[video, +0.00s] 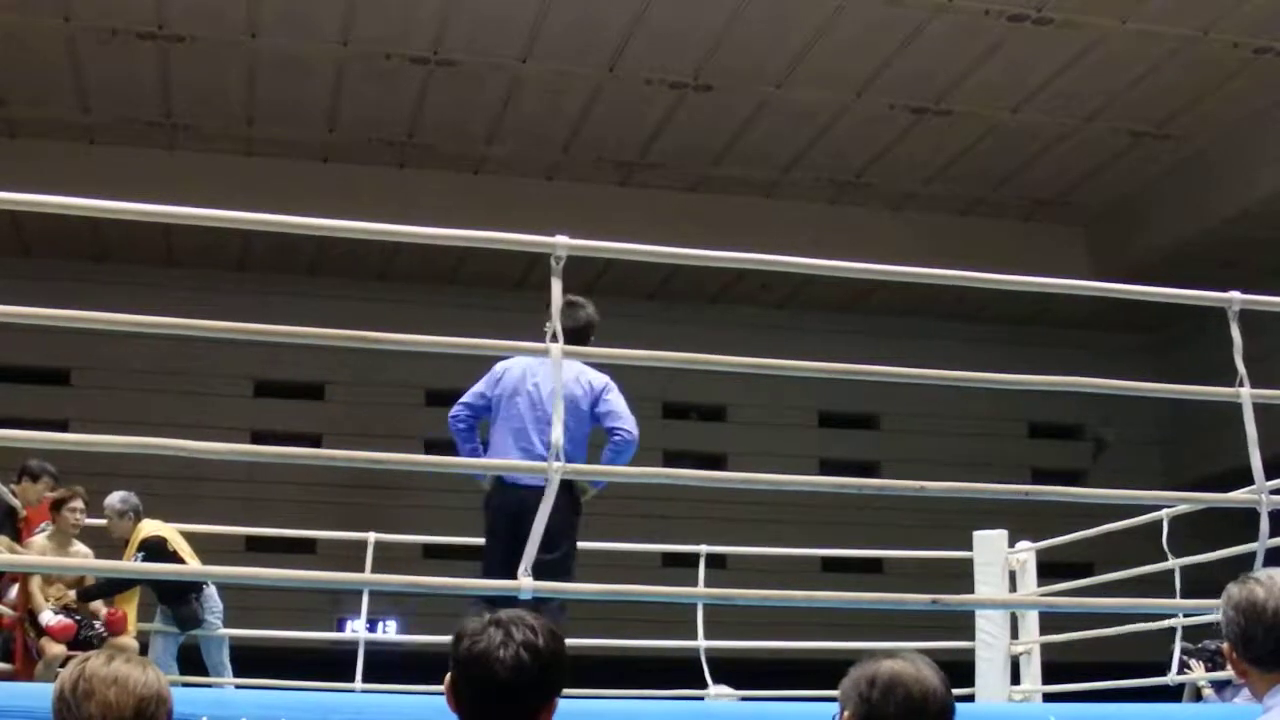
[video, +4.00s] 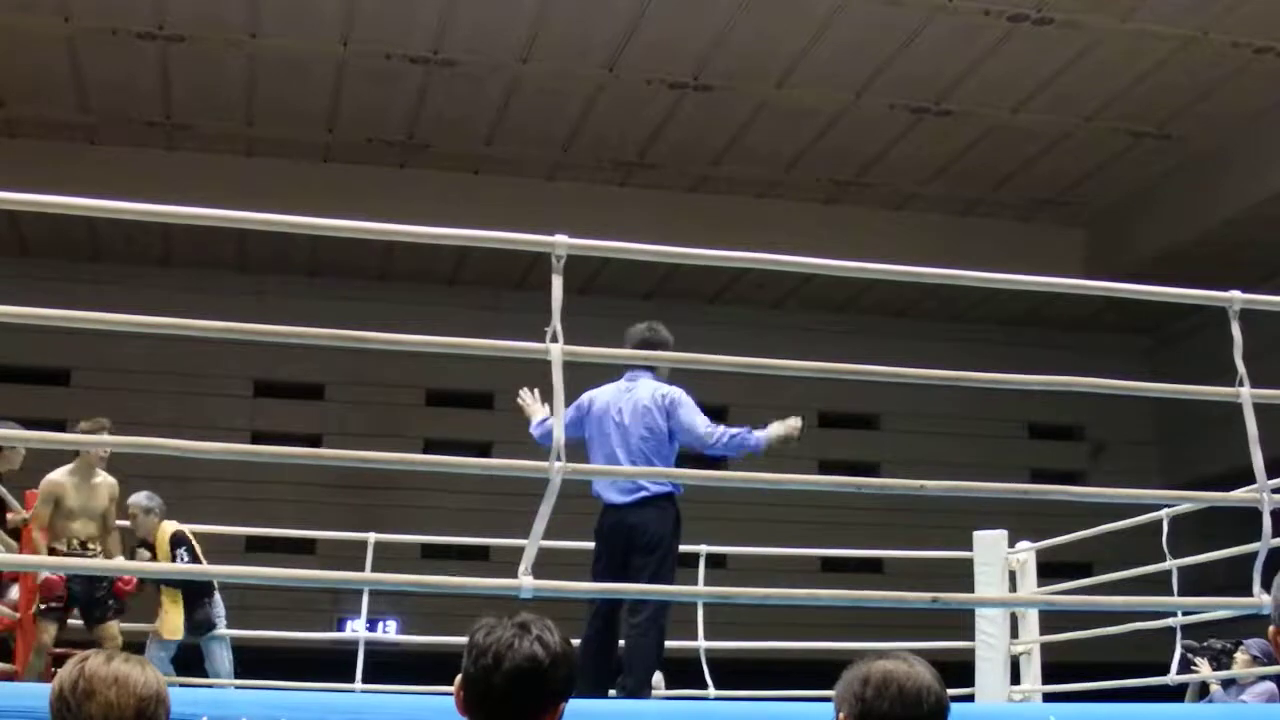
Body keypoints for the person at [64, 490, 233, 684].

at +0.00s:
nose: (107, 525)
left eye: (110, 519)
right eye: (107, 519)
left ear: (129, 517)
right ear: (126, 517)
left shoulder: (153, 539)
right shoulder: (136, 537)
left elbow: (126, 580)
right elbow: (122, 579)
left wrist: (80, 595)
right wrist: (85, 593)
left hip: (201, 600)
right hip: (171, 603)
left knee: (218, 665)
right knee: (160, 660)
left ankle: (230, 711)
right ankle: (173, 711)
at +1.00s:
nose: (107, 525)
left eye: (111, 520)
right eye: (107, 520)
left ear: (130, 520)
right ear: (129, 520)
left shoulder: (154, 542)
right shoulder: (138, 539)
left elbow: (126, 584)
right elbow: (127, 582)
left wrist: (79, 596)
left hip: (201, 600)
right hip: (169, 603)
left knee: (218, 665)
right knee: (160, 660)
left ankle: (229, 713)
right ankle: (173, 710)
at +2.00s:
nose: (106, 524)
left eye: (109, 518)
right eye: (106, 518)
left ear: (127, 520)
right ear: (126, 520)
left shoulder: (154, 541)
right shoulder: (137, 539)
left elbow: (125, 583)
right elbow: (121, 580)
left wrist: (80, 596)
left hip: (201, 600)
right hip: (171, 603)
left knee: (218, 666)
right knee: (160, 660)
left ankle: (229, 711)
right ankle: (176, 709)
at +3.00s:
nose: (116, 522)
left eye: (119, 516)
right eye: (115, 517)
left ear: (138, 514)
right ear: (134, 515)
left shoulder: (162, 537)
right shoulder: (137, 539)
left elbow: (132, 581)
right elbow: (130, 583)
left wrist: (85, 597)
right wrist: (127, 628)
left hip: (201, 600)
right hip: (170, 604)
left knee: (218, 666)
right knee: (158, 660)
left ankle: (230, 711)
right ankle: (176, 709)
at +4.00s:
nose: (131, 523)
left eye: (134, 517)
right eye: (130, 518)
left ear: (154, 516)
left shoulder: (177, 536)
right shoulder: (145, 544)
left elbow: (186, 579)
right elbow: (144, 582)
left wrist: (150, 567)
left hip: (203, 603)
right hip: (172, 605)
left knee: (218, 665)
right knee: (156, 657)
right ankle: (174, 706)